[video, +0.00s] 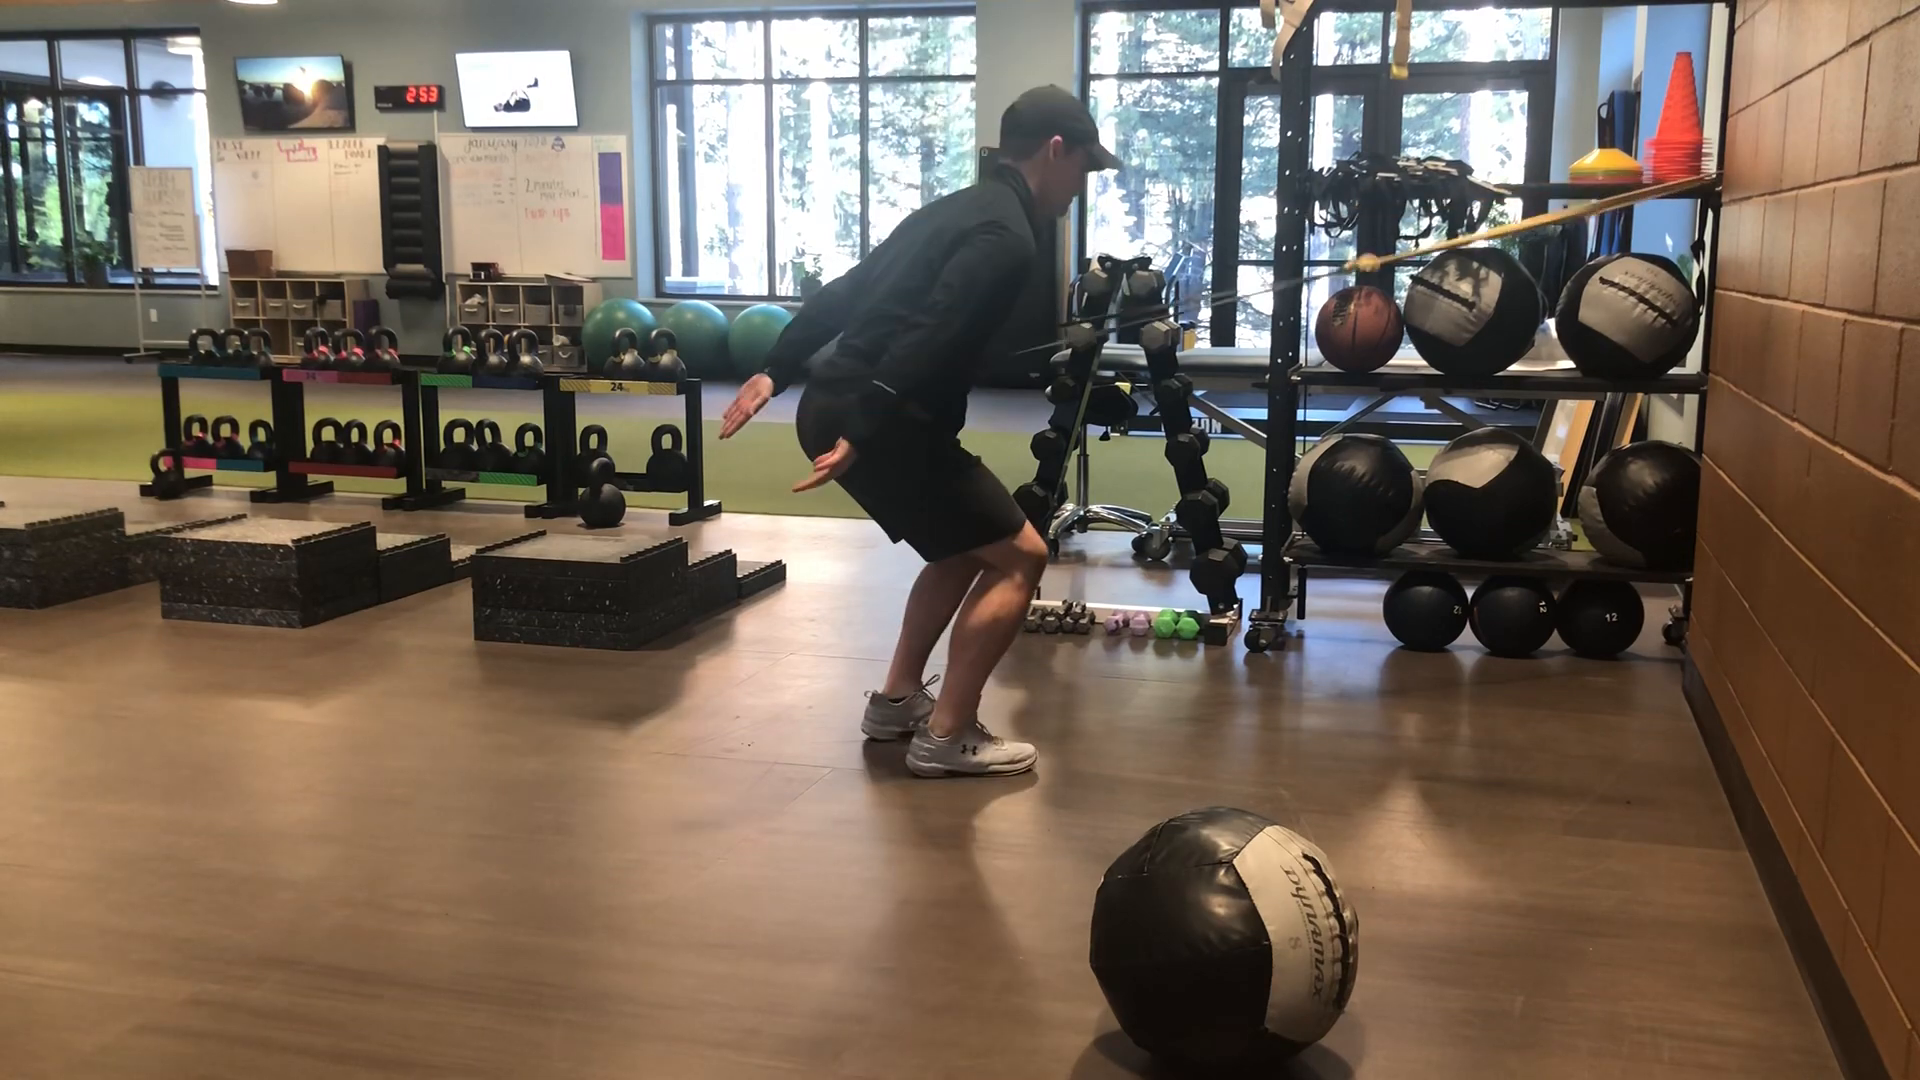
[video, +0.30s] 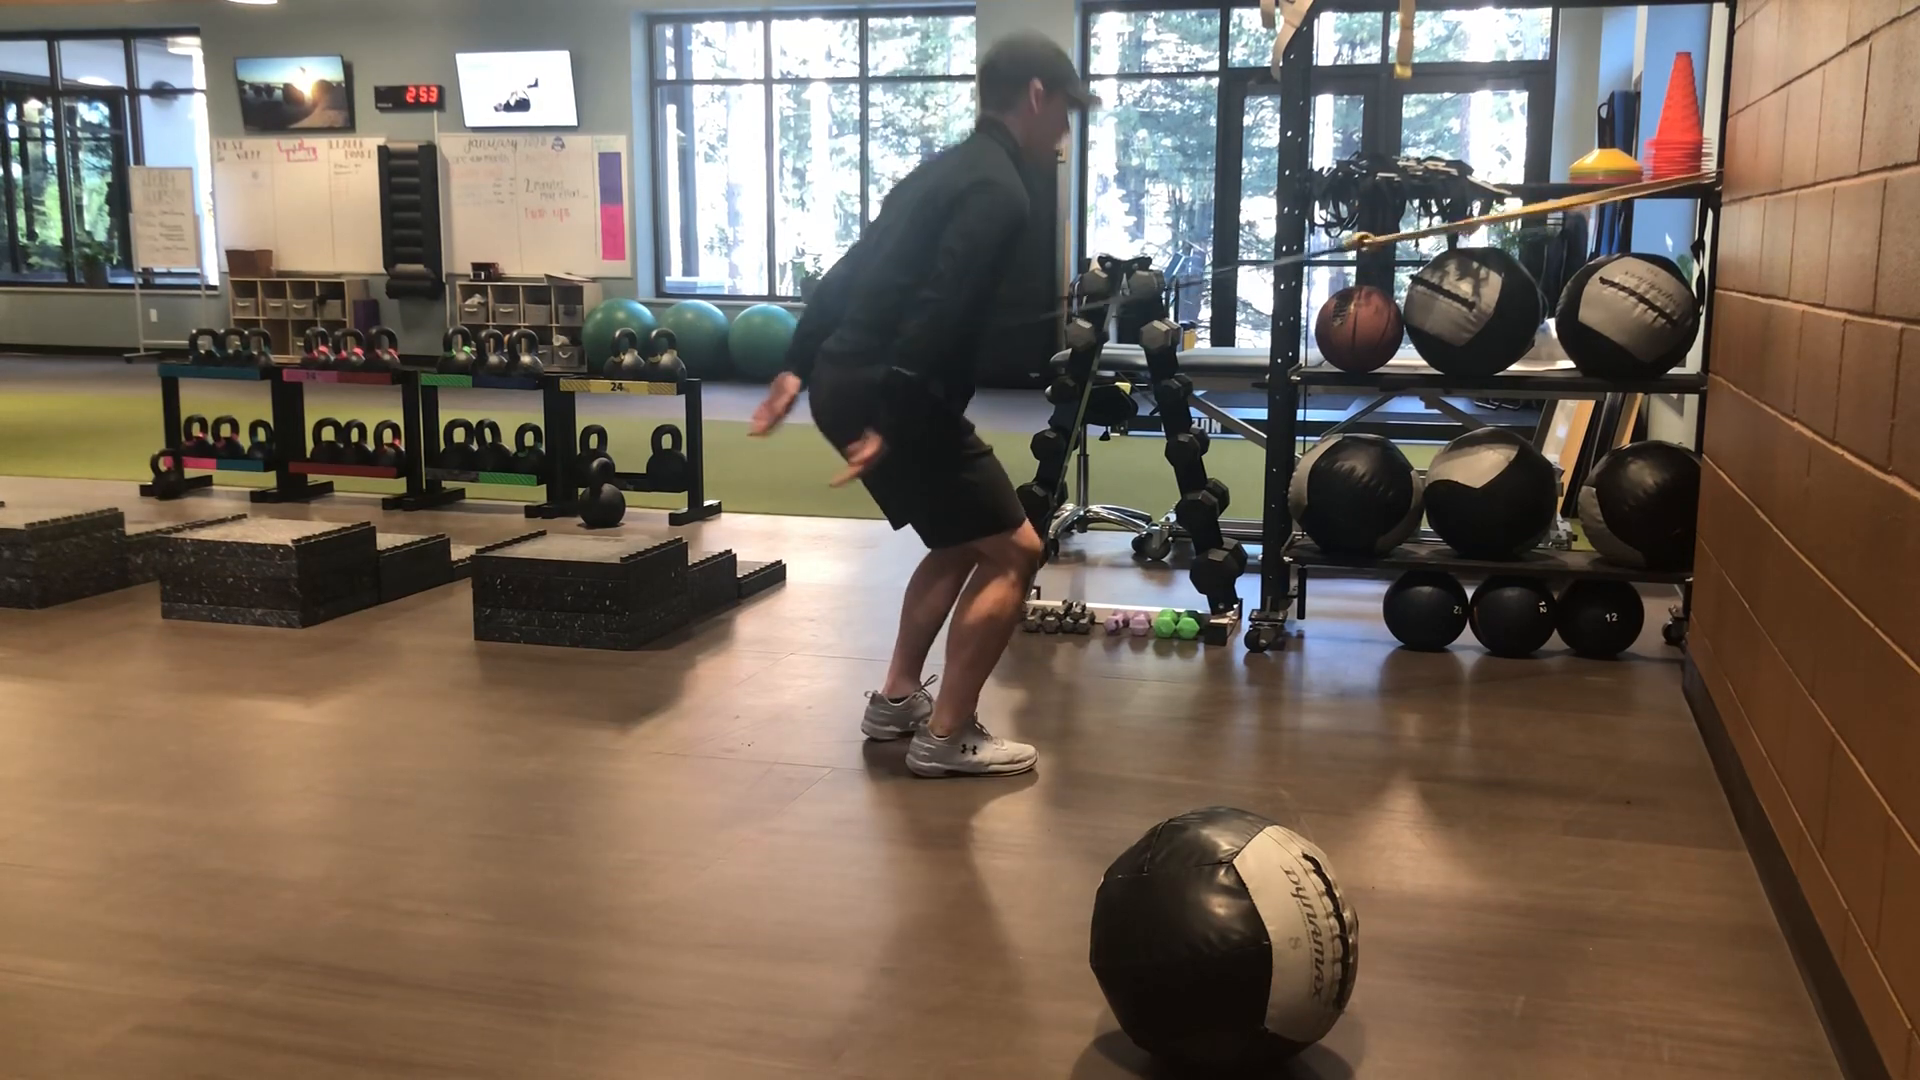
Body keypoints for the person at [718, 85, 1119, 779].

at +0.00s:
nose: (1083, 182)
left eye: (1087, 168)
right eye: (1083, 165)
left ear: (1026, 152)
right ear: (1052, 152)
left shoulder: (952, 210)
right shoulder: (1006, 235)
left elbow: (852, 289)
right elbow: (937, 332)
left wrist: (775, 369)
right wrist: (864, 424)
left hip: (837, 404)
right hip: (883, 418)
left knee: (962, 545)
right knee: (1021, 554)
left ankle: (898, 698)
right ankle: (949, 732)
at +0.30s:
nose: (1067, 128)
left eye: (1070, 111)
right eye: (1064, 109)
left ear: (1008, 102)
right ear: (1033, 98)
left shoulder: (937, 169)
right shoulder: (998, 189)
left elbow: (856, 266)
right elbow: (944, 303)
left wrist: (798, 363)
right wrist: (893, 417)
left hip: (844, 377)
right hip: (894, 390)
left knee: (956, 544)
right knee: (1015, 551)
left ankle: (896, 701)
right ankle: (949, 733)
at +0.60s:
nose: (1004, 16)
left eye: (1001, 6)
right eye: (998, 4)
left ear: (939, 13)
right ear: (966, 7)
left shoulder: (888, 96)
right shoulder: (960, 104)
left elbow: (881, 235)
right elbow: (977, 246)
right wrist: (1051, 343)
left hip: (873, 336)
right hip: (932, 343)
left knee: (921, 529)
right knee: (962, 541)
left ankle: (892, 700)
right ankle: (947, 731)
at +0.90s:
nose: (983, 11)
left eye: (979, 2)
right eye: (977, 2)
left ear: (911, 12)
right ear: (952, 6)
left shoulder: (873, 102)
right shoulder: (956, 105)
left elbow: (933, 221)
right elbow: (1003, 237)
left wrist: (1026, 220)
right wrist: (1107, 232)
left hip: (876, 332)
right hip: (940, 343)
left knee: (903, 531)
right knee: (945, 549)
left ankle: (891, 701)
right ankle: (944, 734)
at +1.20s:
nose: (973, 12)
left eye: (968, 0)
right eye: (966, 0)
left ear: (899, 12)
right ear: (939, 5)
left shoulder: (878, 89)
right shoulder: (946, 90)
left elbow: (997, 96)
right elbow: (1092, 86)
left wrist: (1054, 24)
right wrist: (1103, 10)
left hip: (891, 338)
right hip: (953, 343)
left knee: (911, 526)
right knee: (956, 541)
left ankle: (893, 702)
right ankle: (945, 731)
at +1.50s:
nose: (978, 12)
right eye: (973, 8)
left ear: (893, 2)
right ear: (945, 0)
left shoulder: (874, 49)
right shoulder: (954, 36)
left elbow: (885, 188)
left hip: (900, 293)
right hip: (963, 296)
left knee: (932, 479)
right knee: (979, 504)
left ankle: (928, 647)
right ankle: (989, 686)